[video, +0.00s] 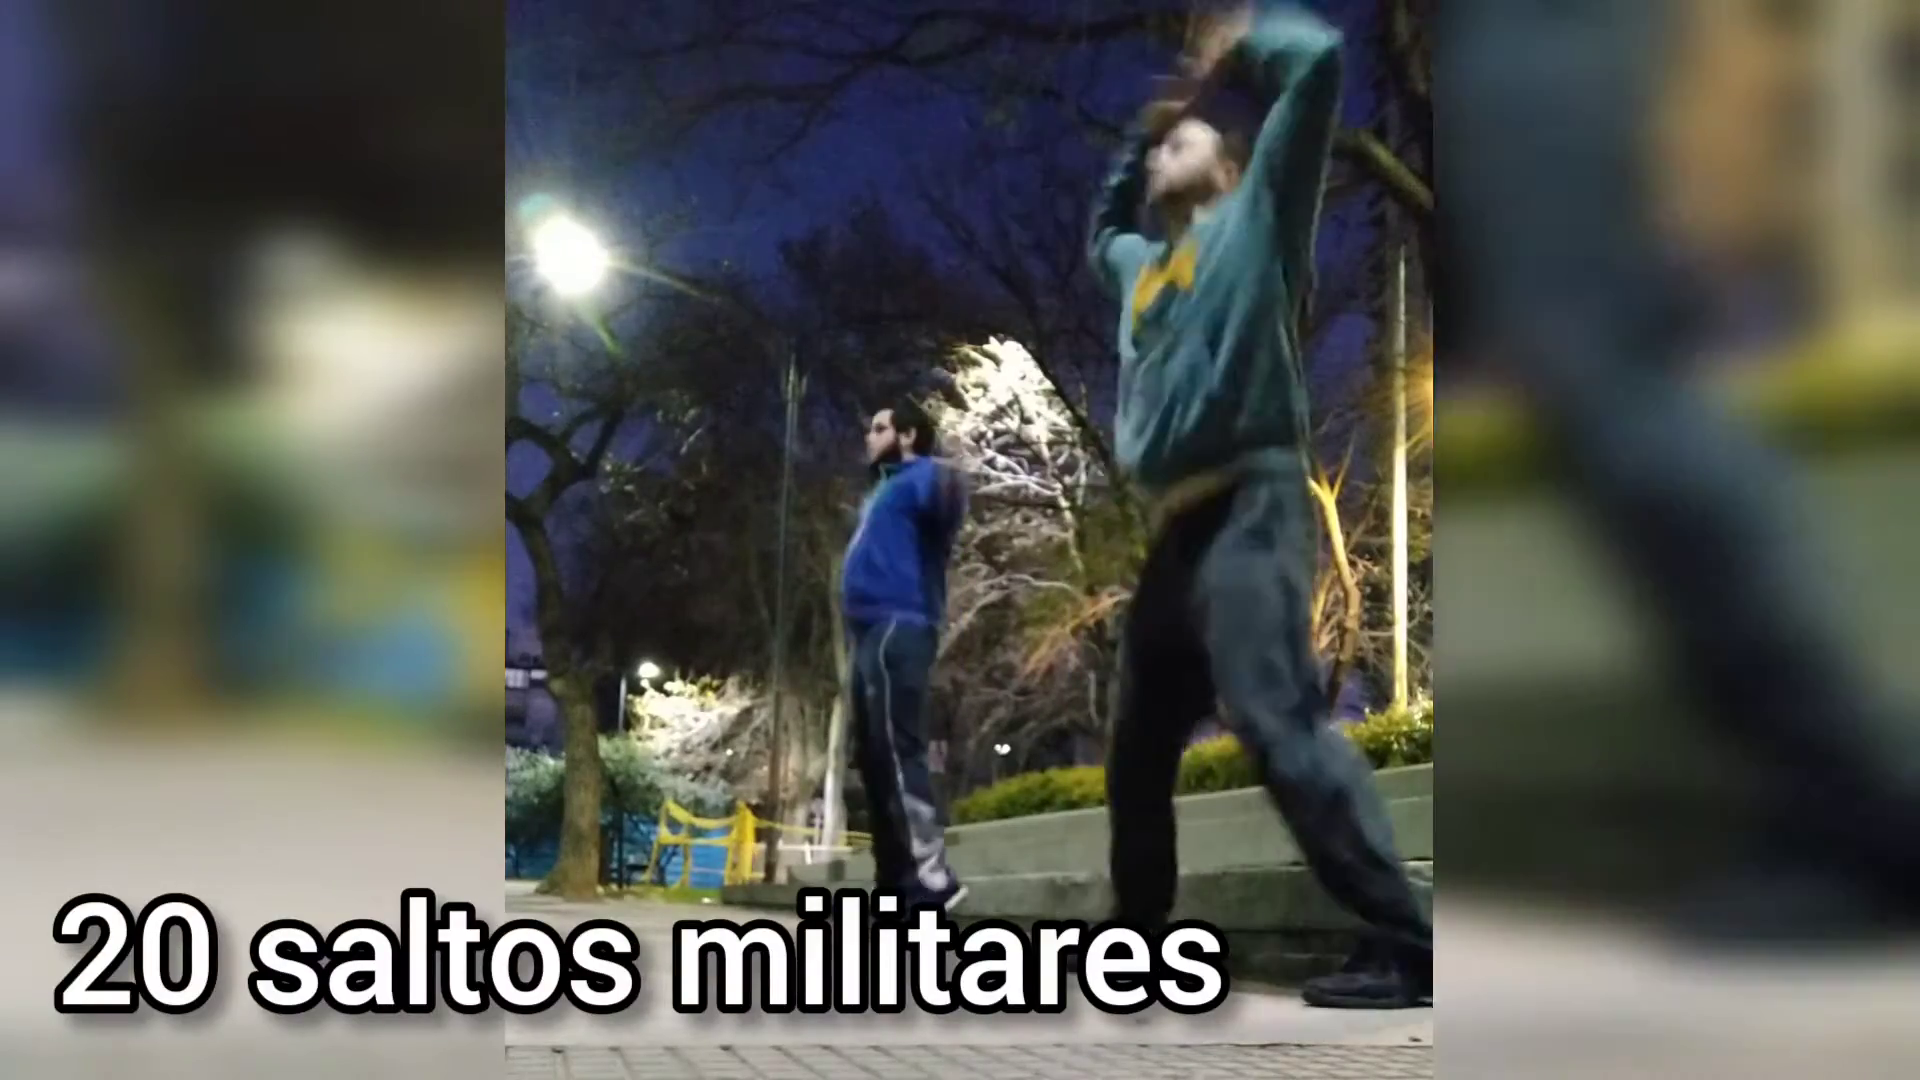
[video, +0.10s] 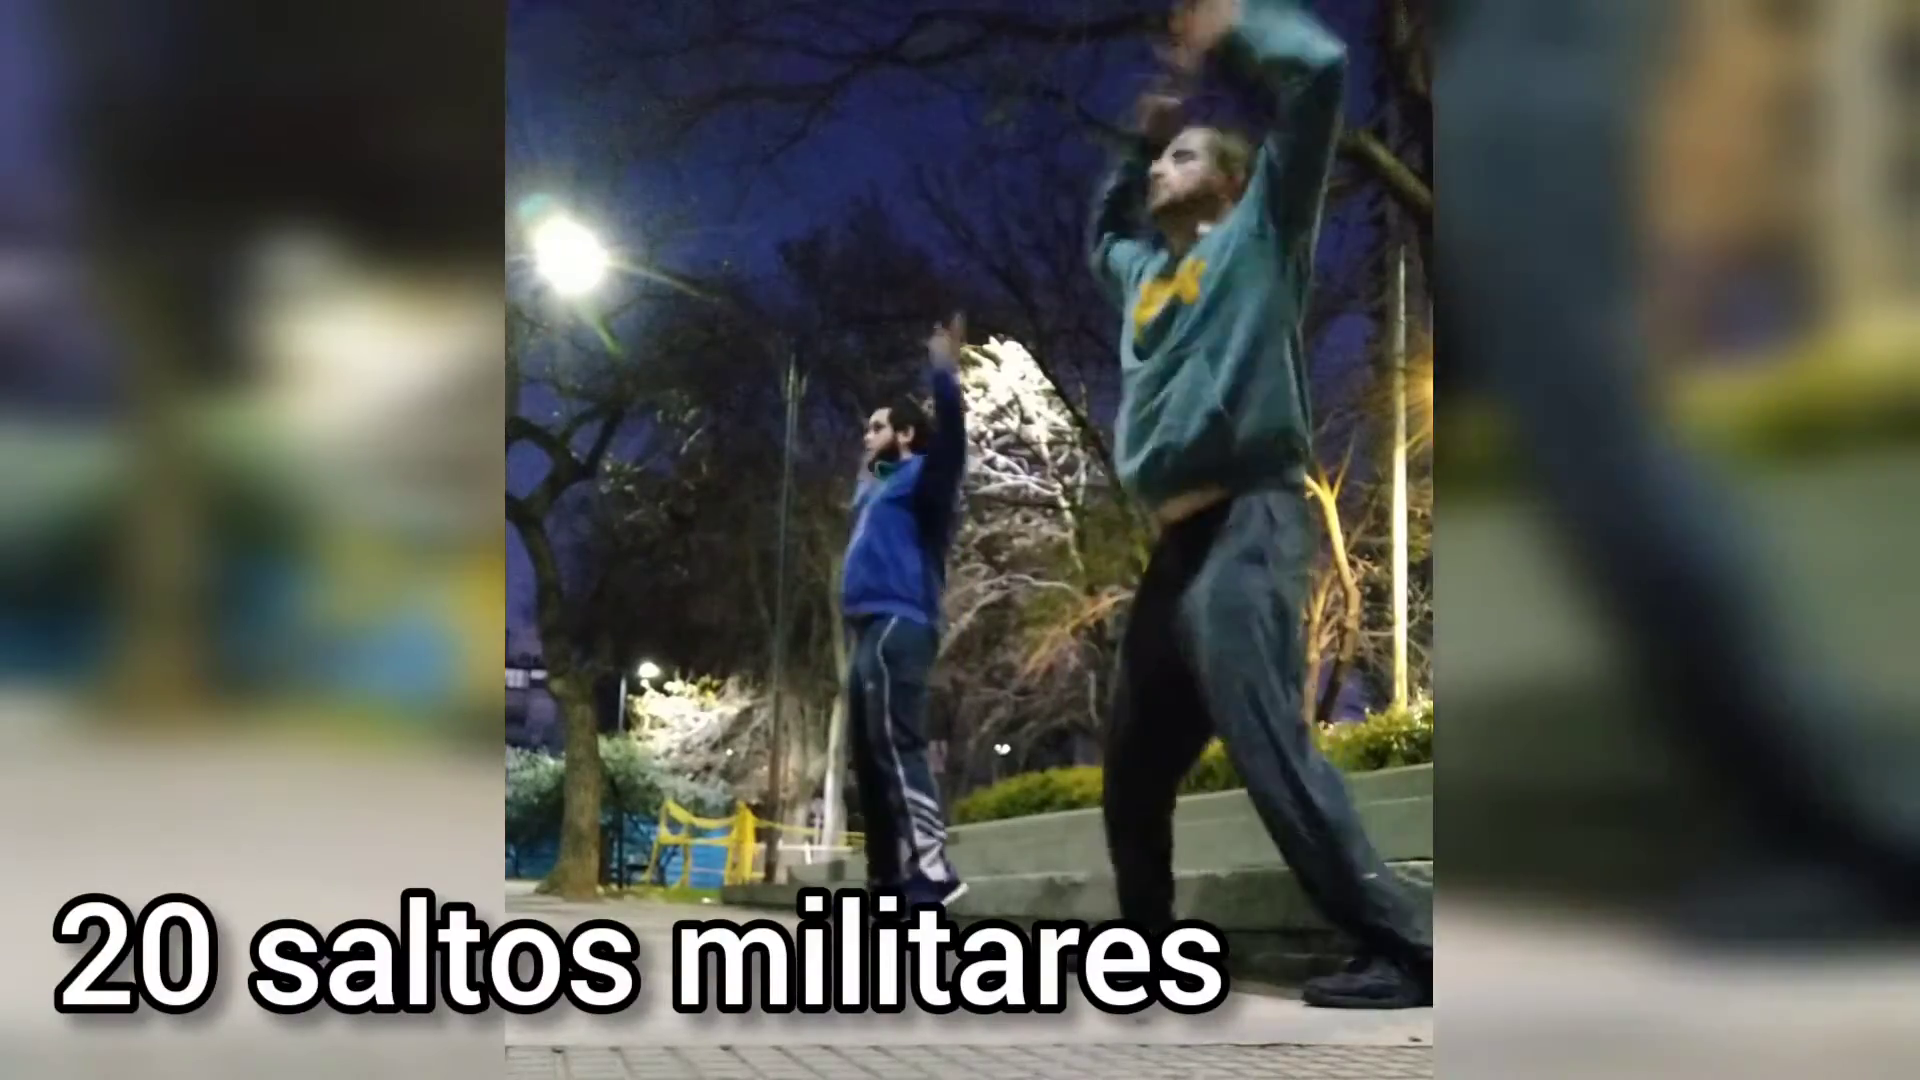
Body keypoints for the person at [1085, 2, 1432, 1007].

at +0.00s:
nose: (1167, 148)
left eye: (1185, 133)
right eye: (1158, 144)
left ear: (1229, 150)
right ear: (1149, 179)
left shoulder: (1262, 208)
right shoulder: (1140, 261)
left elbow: (1316, 57)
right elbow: (1107, 229)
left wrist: (1237, 36)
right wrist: (1135, 143)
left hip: (1256, 502)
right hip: (1178, 528)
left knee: (1270, 715)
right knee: (1139, 751)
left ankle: (1398, 946)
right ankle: (1142, 957)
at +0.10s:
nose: (1169, 164)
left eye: (1189, 154)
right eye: (1164, 157)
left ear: (1230, 175)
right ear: (1155, 184)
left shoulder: (1266, 230)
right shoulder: (1143, 268)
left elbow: (1319, 71)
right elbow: (1111, 228)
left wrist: (1230, 25)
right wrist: (1139, 137)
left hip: (1259, 513)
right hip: (1179, 542)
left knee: (1259, 735)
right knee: (1134, 776)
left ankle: (1397, 951)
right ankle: (1153, 963)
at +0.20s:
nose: (1162, 101)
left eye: (1186, 91)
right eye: (1162, 93)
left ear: (1235, 119)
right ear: (1165, 131)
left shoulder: (1268, 177)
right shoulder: (1141, 247)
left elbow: (1348, 78)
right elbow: (1083, 270)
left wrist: (1342, 4)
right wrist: (1023, 197)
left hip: (1239, 459)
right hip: (1162, 484)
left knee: (1264, 689)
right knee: (1134, 712)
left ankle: (1363, 937)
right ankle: (1128, 939)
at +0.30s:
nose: (1152, 87)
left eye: (1175, 74)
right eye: (1154, 76)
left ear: (1228, 97)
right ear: (1167, 112)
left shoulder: (1250, 166)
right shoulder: (1145, 230)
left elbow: (1345, 144)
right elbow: (1089, 323)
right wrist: (991, 306)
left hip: (1234, 448)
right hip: (1164, 467)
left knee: (1251, 679)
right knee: (1133, 693)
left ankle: (1312, 909)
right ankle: (1147, 916)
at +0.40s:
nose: (1138, 111)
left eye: (1161, 98)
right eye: (1141, 100)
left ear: (1213, 122)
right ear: (1160, 132)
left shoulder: (1252, 197)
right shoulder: (1159, 233)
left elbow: (1341, 310)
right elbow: (1158, 359)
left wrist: (1292, 385)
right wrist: (1117, 444)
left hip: (1219, 482)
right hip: (1153, 492)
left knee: (1207, 714)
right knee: (1126, 722)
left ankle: (1243, 944)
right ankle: (1166, 937)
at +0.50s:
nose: (1132, 138)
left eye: (1155, 126)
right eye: (1133, 129)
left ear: (1205, 152)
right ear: (1150, 164)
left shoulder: (1244, 240)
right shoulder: (1155, 264)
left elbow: (1305, 382)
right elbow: (1151, 402)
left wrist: (1247, 470)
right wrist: (1116, 511)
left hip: (1205, 523)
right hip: (1137, 532)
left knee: (1191, 739)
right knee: (1118, 749)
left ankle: (1232, 950)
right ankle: (1173, 951)